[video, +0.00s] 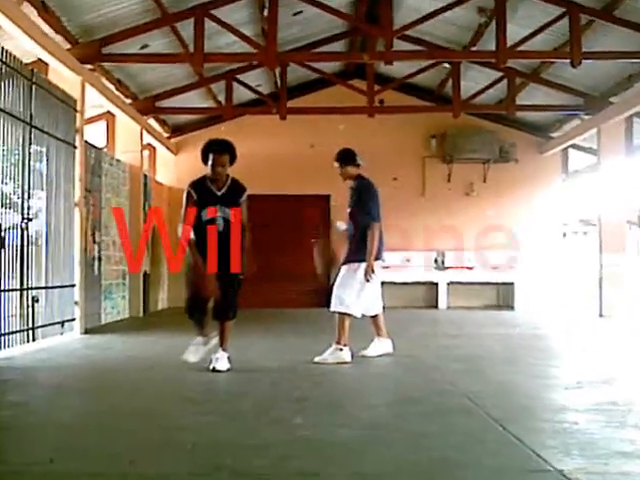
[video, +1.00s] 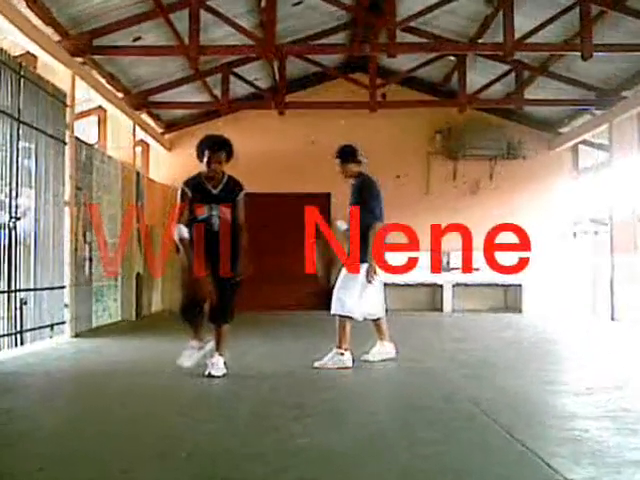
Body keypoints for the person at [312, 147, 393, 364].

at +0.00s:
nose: (339, 173)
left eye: (340, 169)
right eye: (338, 169)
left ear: (347, 167)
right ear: (352, 166)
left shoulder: (365, 188)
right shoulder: (356, 188)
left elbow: (375, 225)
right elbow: (361, 223)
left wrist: (370, 260)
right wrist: (346, 228)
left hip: (361, 257)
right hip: (359, 256)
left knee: (342, 297)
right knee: (371, 299)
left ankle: (341, 346)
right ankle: (382, 339)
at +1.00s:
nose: (341, 172)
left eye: (342, 166)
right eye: (340, 167)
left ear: (351, 164)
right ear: (352, 164)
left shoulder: (367, 185)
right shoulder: (358, 186)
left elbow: (376, 224)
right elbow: (361, 224)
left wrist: (373, 260)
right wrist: (345, 228)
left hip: (364, 259)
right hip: (361, 258)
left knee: (342, 300)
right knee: (373, 302)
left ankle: (342, 351)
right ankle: (385, 343)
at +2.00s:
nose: (380, 176)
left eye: (383, 171)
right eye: (376, 172)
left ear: (389, 171)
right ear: (372, 173)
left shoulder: (401, 190)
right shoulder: (371, 197)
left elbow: (421, 203)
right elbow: (359, 219)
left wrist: (436, 194)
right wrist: (339, 226)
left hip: (393, 254)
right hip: (375, 254)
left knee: (380, 296)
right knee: (368, 297)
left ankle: (412, 335)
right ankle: (379, 338)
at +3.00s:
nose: (424, 223)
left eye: (428, 220)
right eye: (421, 219)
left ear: (434, 217)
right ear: (415, 214)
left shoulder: (442, 227)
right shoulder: (405, 225)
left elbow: (455, 249)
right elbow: (389, 241)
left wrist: (466, 267)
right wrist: (379, 250)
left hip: (442, 273)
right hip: (412, 276)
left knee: (465, 307)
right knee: (399, 312)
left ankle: (481, 348)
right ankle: (387, 346)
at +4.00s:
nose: (305, 150)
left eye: (309, 145)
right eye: (301, 145)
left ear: (318, 145)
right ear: (296, 147)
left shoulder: (331, 169)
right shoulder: (291, 169)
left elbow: (345, 201)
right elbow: (270, 187)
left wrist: (344, 220)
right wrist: (257, 198)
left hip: (325, 247)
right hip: (297, 246)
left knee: (328, 297)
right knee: (299, 300)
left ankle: (332, 348)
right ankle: (303, 347)